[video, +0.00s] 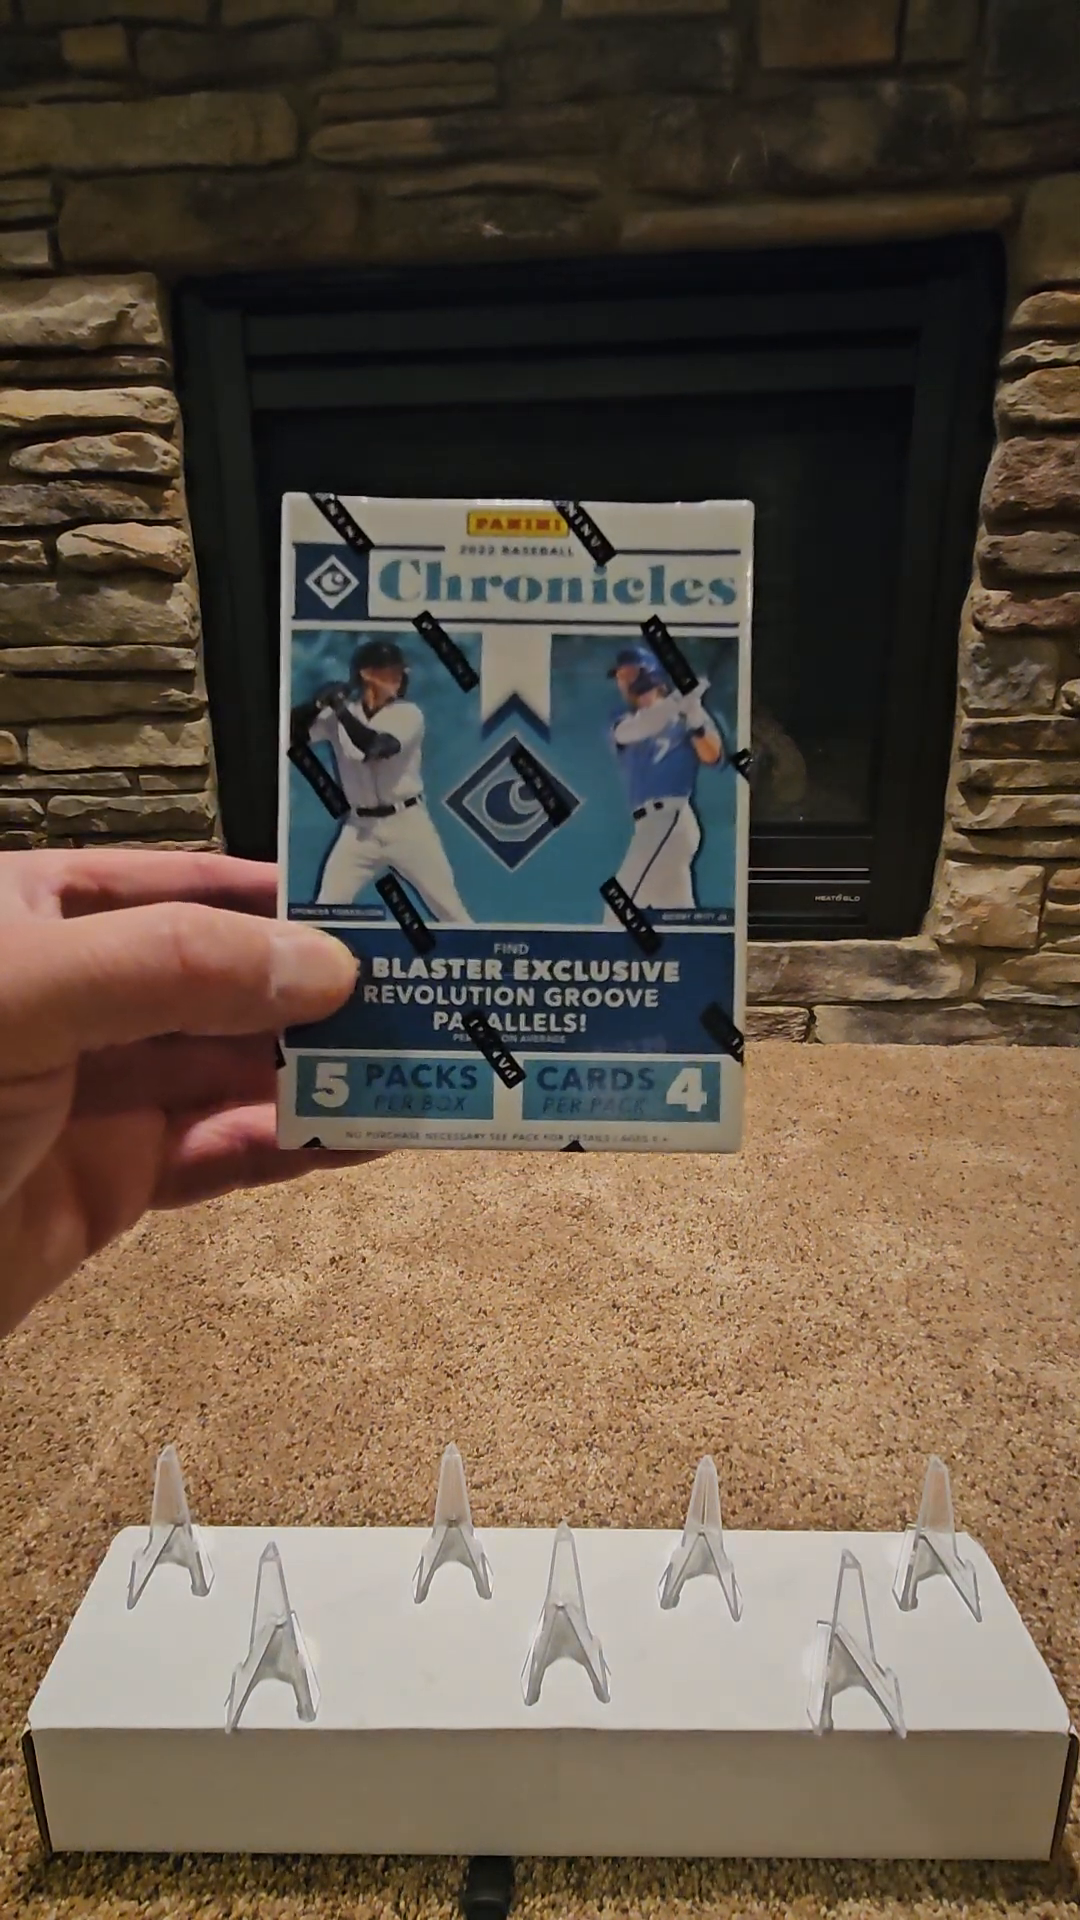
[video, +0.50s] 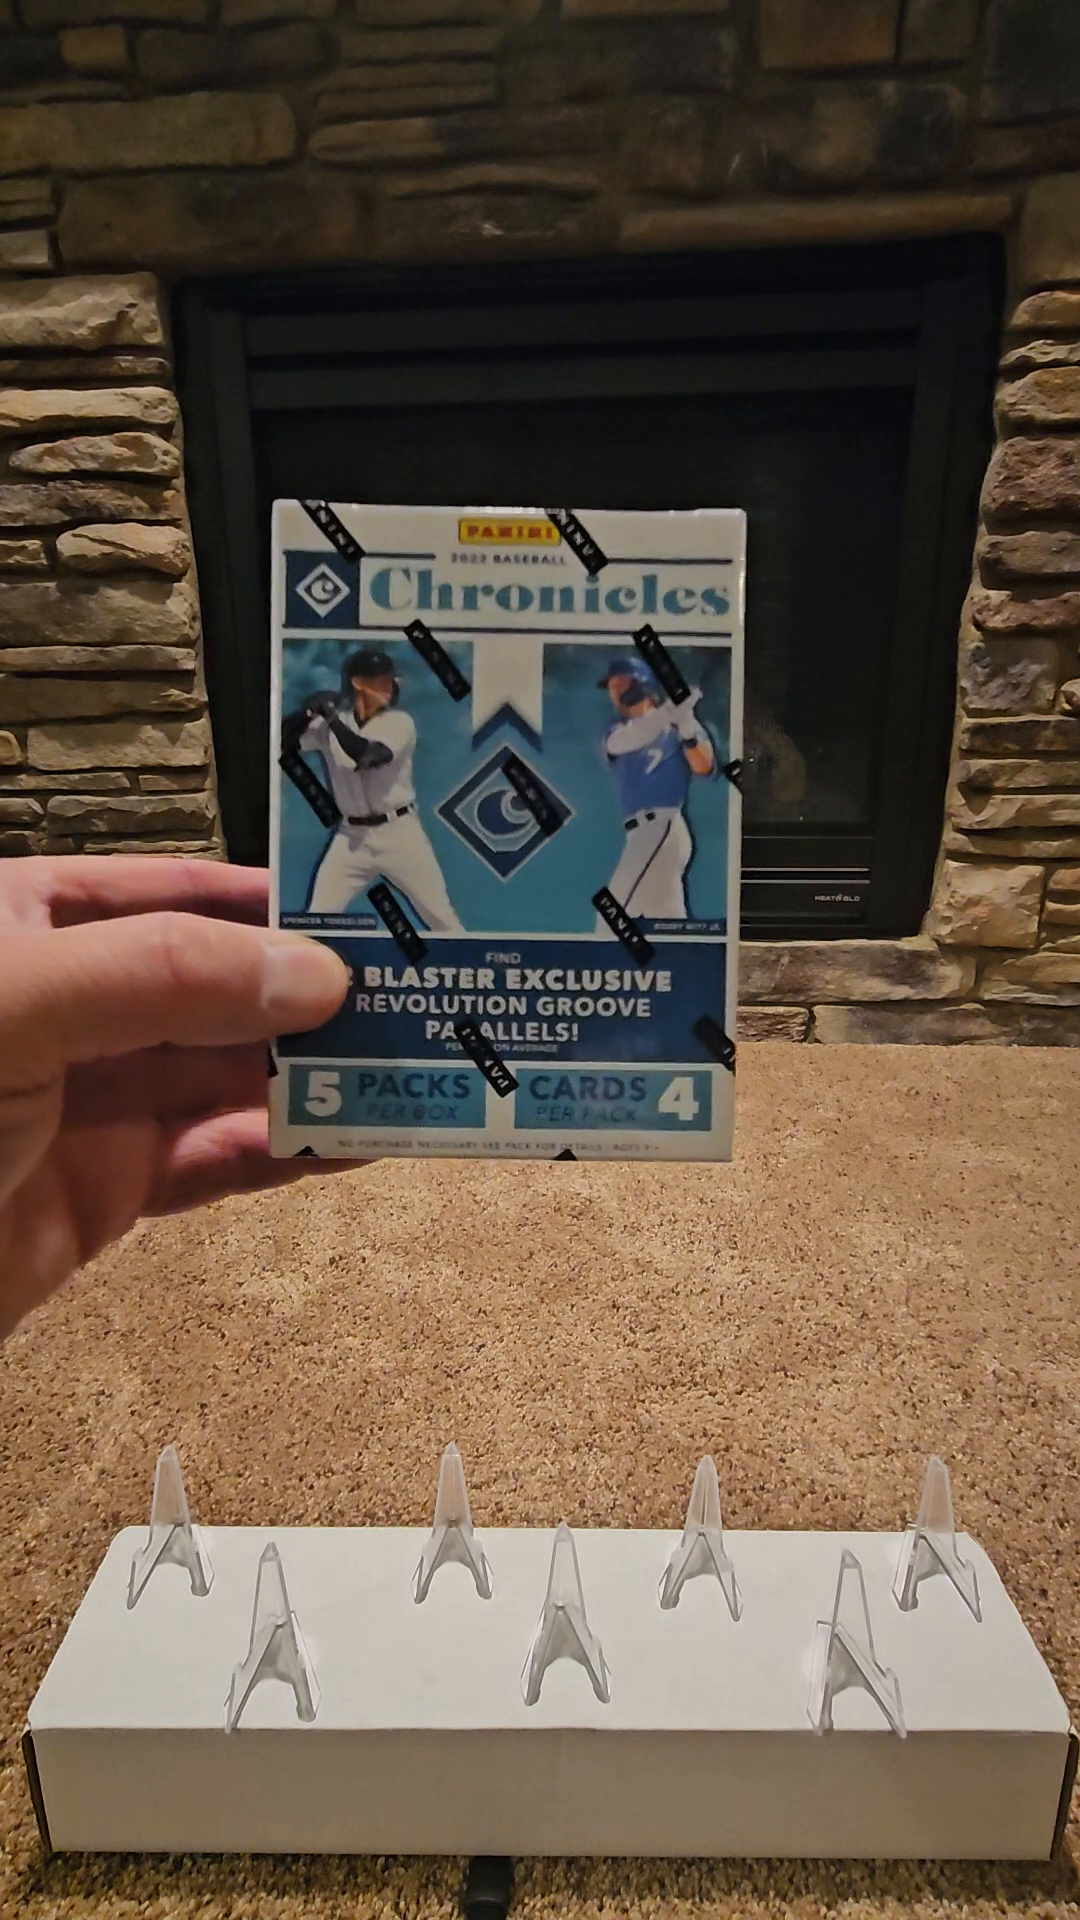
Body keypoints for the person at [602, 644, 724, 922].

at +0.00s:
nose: (623, 682)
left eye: (629, 673)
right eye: (620, 676)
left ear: (649, 676)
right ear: (617, 682)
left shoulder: (686, 712)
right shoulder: (623, 721)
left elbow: (712, 757)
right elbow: (636, 730)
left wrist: (695, 715)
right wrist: (678, 700)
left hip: (671, 820)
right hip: (647, 824)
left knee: (621, 905)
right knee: (677, 915)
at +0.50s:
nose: (614, 693)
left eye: (621, 684)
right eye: (611, 687)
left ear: (641, 685)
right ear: (609, 692)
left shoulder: (679, 723)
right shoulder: (616, 732)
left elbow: (704, 768)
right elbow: (628, 740)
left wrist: (686, 725)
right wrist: (669, 711)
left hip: (663, 830)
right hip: (641, 833)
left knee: (612, 915)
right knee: (670, 927)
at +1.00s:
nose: (622, 704)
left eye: (629, 695)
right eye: (619, 697)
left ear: (649, 695)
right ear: (616, 700)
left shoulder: (688, 732)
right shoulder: (621, 741)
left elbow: (711, 777)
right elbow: (642, 746)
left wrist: (694, 733)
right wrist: (676, 719)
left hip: (671, 838)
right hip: (648, 841)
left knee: (620, 924)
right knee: (680, 936)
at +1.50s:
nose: (614, 681)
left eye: (621, 672)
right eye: (611, 674)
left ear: (640, 672)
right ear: (608, 678)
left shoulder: (680, 709)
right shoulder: (615, 720)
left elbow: (704, 753)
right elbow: (632, 725)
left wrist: (687, 712)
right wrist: (673, 695)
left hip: (664, 816)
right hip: (640, 820)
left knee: (614, 903)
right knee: (671, 912)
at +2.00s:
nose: (614, 697)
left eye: (620, 688)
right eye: (612, 690)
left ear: (639, 687)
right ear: (611, 693)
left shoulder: (681, 724)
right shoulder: (614, 733)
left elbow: (705, 768)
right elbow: (632, 741)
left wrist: (688, 727)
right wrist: (671, 711)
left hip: (664, 831)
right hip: (640, 835)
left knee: (615, 918)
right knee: (671, 927)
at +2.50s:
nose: (607, 693)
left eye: (613, 684)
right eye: (603, 686)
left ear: (633, 686)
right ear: (600, 690)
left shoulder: (673, 721)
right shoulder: (607, 730)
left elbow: (696, 766)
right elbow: (614, 742)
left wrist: (677, 722)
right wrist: (658, 712)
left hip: (655, 829)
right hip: (633, 832)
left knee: (607, 916)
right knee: (665, 925)